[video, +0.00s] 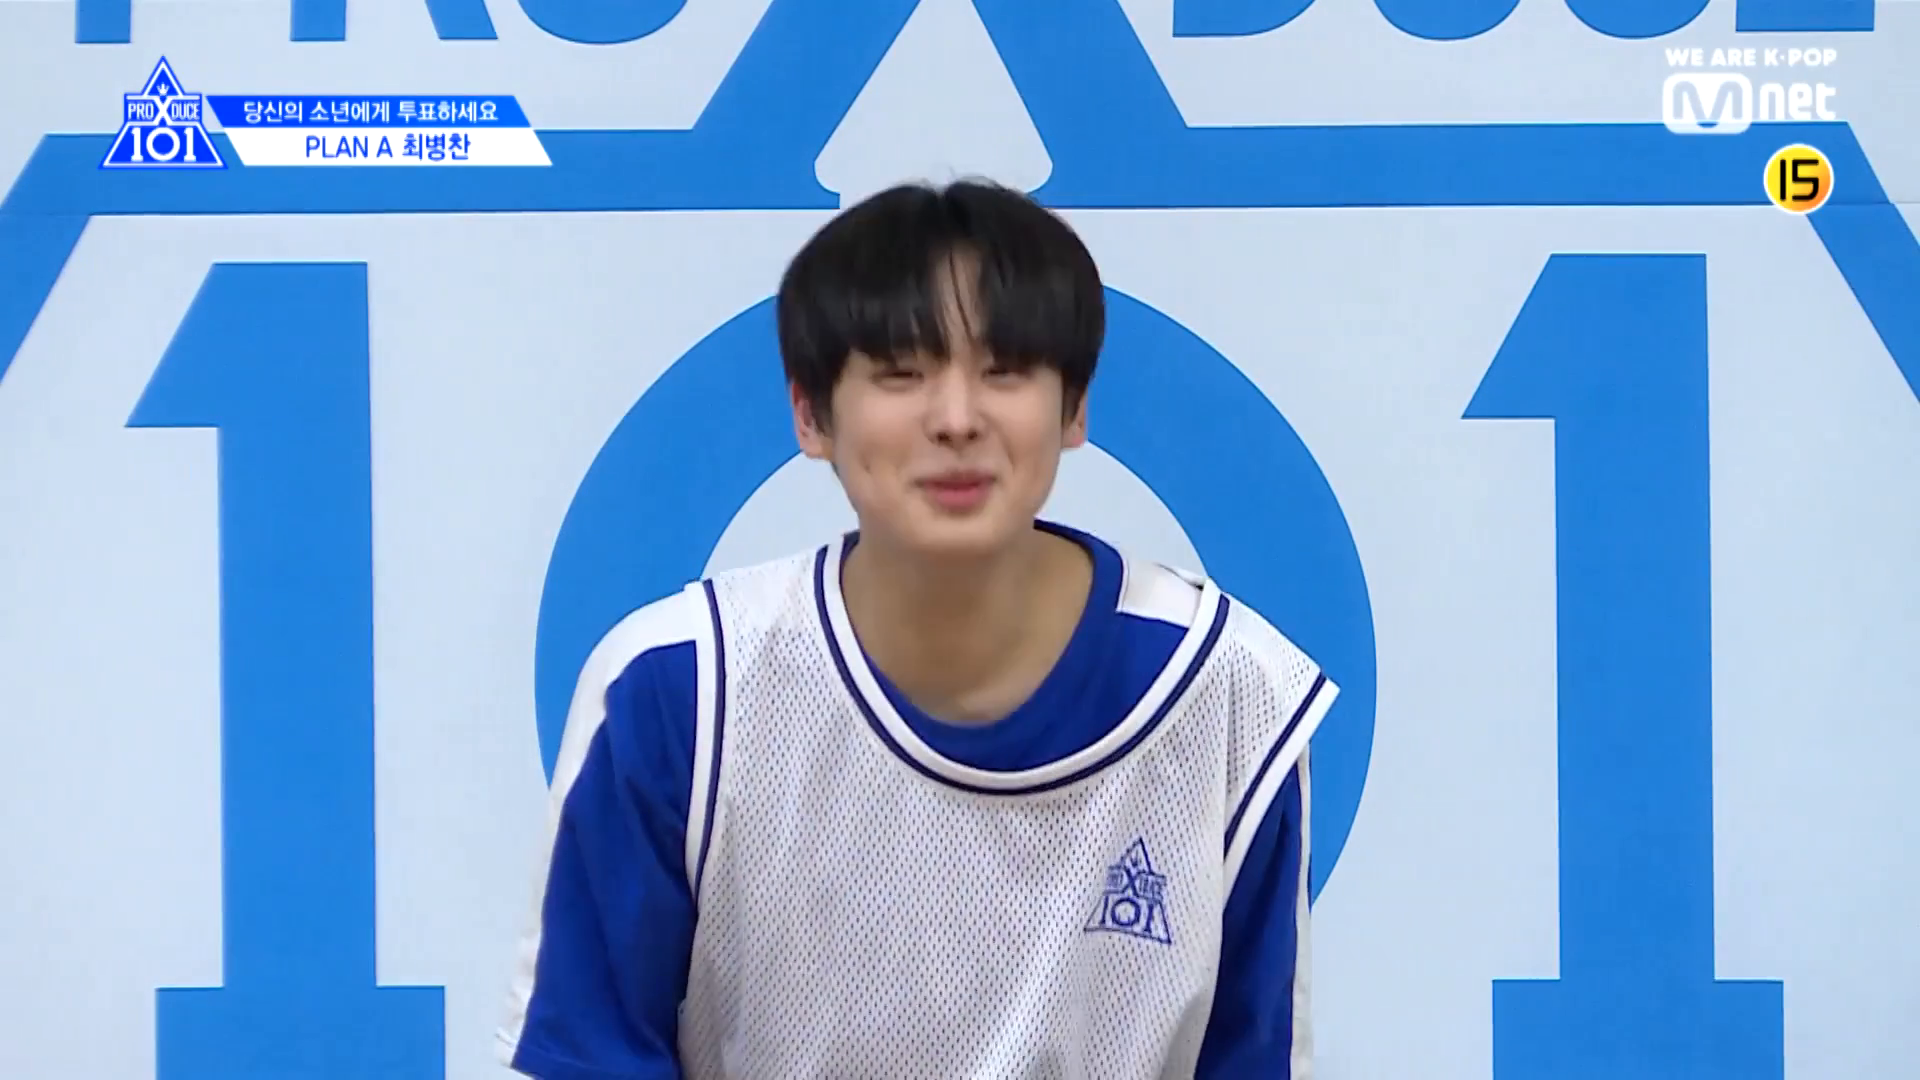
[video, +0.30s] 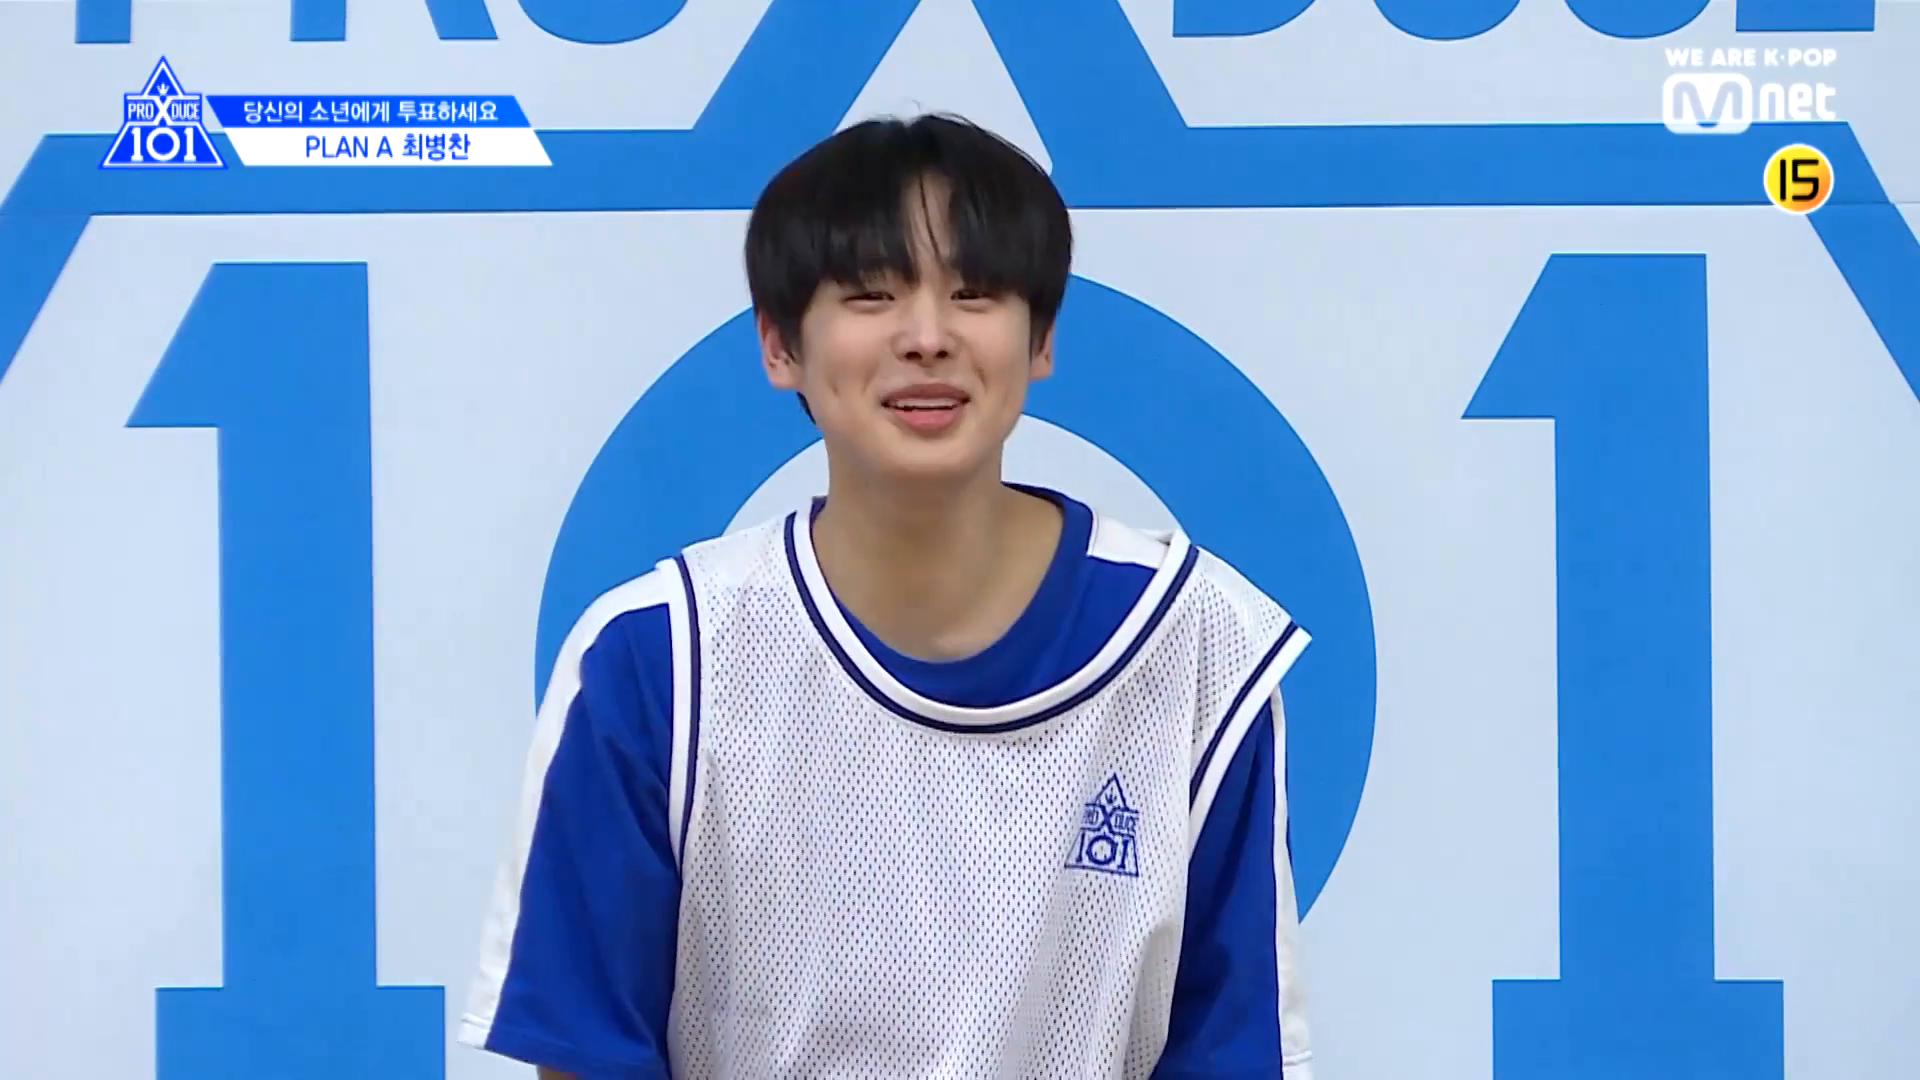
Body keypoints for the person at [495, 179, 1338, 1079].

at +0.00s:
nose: (958, 418)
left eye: (1004, 368)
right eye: (903, 370)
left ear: (1067, 410)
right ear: (816, 416)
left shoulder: (1239, 706)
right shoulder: (673, 694)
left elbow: (1247, 1060)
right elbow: (589, 1052)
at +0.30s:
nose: (928, 335)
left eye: (975, 294)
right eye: (871, 292)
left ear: (1039, 347)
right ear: (784, 349)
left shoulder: (1203, 657)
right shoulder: (654, 660)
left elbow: (1229, 1049)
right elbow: (577, 1045)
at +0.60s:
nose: (914, 327)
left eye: (961, 280)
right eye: (857, 284)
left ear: (1030, 323)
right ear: (774, 335)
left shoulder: (1195, 639)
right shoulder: (649, 652)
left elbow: (1231, 1051)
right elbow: (579, 1048)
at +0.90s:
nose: (939, 326)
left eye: (988, 281)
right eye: (884, 280)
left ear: (1055, 324)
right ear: (802, 325)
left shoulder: (1210, 637)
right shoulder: (658, 637)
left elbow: (1229, 1050)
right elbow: (593, 1043)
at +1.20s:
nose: (945, 327)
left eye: (995, 282)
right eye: (892, 281)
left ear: (1062, 322)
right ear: (810, 324)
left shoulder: (1217, 625)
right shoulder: (667, 631)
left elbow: (1219, 1047)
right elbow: (602, 1040)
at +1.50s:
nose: (954, 325)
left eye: (1004, 279)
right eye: (900, 278)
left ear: (1069, 318)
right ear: (815, 318)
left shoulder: (1221, 626)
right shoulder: (672, 633)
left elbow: (1222, 1051)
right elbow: (613, 1046)